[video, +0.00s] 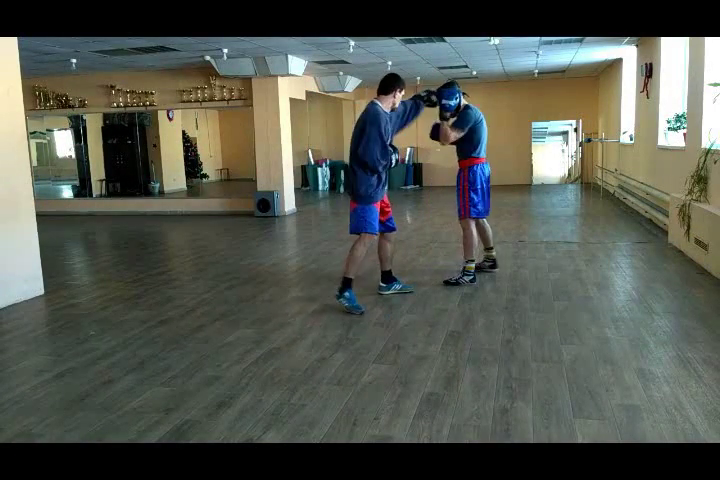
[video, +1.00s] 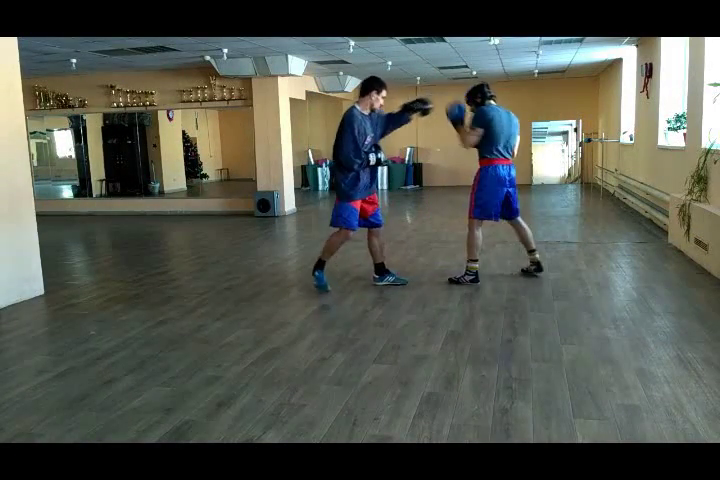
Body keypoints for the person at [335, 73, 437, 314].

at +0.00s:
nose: (400, 100)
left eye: (400, 96)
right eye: (401, 95)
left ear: (384, 90)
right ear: (396, 93)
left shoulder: (385, 113)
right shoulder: (376, 115)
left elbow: (405, 112)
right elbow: (373, 158)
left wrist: (422, 99)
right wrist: (394, 156)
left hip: (377, 186)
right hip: (365, 188)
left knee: (388, 231)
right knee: (367, 236)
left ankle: (387, 280)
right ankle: (345, 290)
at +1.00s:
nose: (383, 103)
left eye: (384, 98)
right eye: (382, 97)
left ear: (370, 95)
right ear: (371, 94)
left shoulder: (375, 118)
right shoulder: (352, 118)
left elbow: (392, 120)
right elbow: (346, 158)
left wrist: (409, 110)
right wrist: (372, 158)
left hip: (367, 184)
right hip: (350, 186)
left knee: (375, 228)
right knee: (346, 231)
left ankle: (381, 272)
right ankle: (319, 267)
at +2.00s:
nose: (384, 104)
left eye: (385, 100)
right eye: (382, 100)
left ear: (375, 100)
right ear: (370, 98)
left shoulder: (383, 119)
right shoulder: (350, 121)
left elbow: (394, 139)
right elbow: (344, 155)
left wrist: (409, 123)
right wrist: (371, 156)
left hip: (378, 182)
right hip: (354, 184)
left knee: (385, 223)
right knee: (345, 222)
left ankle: (390, 263)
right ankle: (332, 260)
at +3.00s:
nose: (387, 108)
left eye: (388, 104)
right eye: (384, 104)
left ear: (388, 103)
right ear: (372, 102)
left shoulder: (388, 121)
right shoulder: (360, 126)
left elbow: (391, 147)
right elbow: (355, 158)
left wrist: (403, 151)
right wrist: (382, 157)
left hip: (390, 178)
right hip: (369, 181)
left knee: (403, 214)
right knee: (362, 219)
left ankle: (408, 254)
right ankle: (349, 257)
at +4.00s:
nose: (461, 101)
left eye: (464, 97)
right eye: (457, 97)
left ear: (467, 98)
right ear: (449, 97)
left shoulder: (475, 115)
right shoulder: (440, 120)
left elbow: (493, 126)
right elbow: (433, 151)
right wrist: (452, 152)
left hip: (469, 177)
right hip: (448, 177)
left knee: (476, 217)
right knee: (445, 215)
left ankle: (482, 252)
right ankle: (453, 240)